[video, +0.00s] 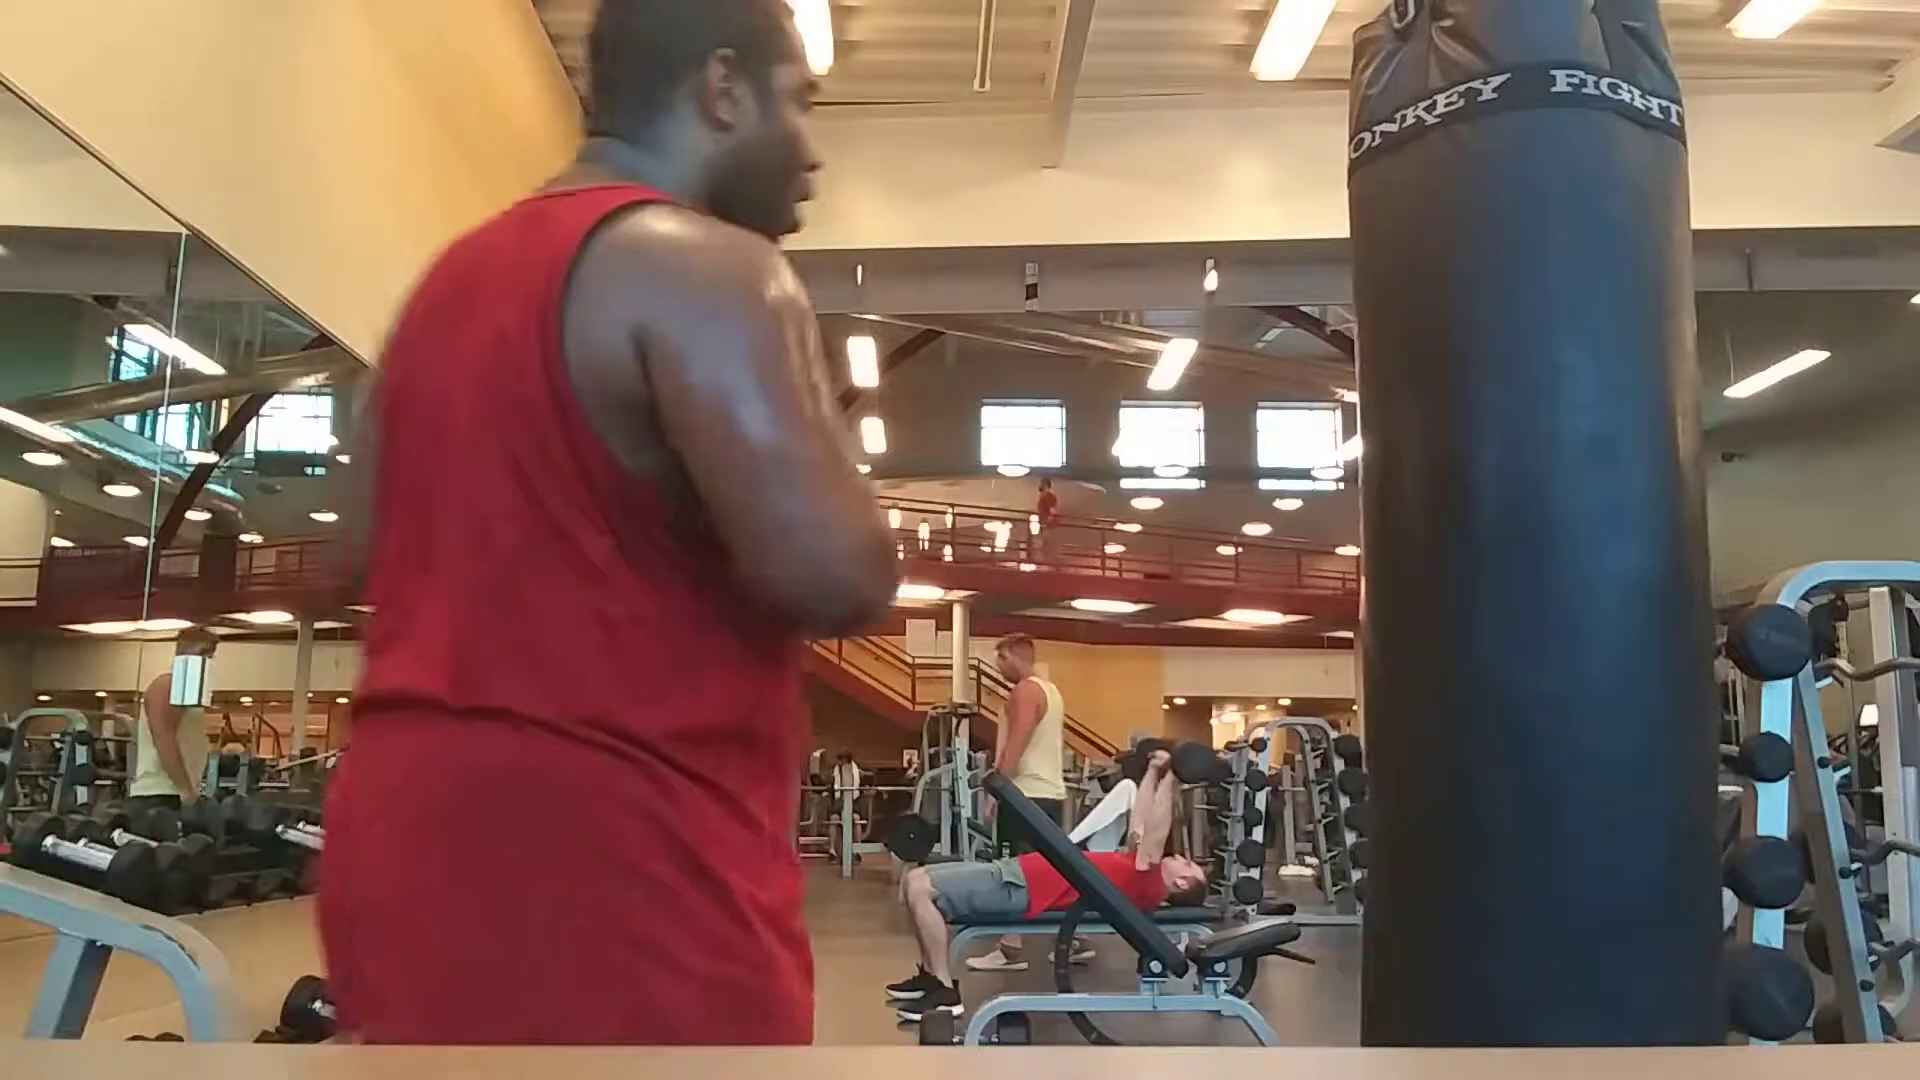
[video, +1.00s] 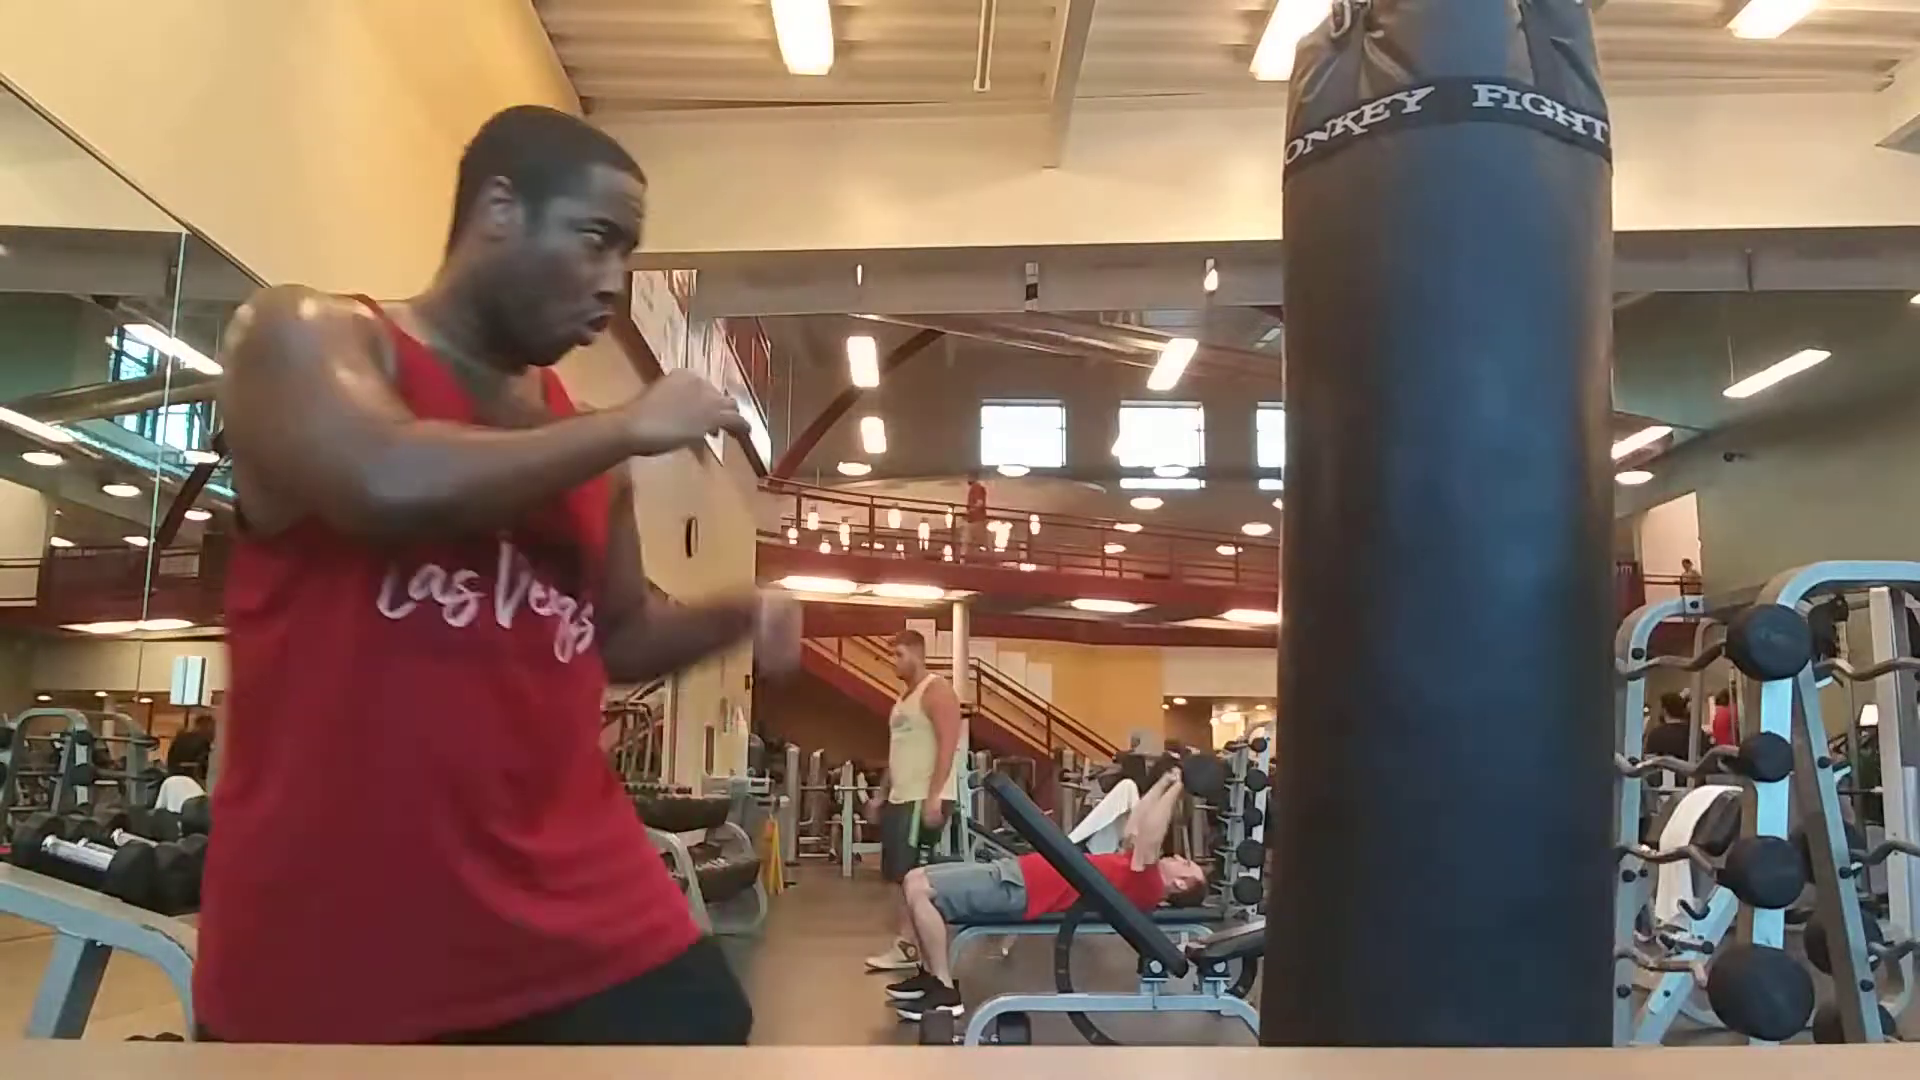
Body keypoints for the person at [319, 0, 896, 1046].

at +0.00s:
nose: (813, 152)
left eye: (810, 107)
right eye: (798, 103)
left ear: (612, 98)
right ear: (721, 89)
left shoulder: (454, 274)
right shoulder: (706, 268)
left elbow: (363, 553)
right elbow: (835, 577)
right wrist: (818, 409)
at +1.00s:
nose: (619, 285)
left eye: (629, 255)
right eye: (598, 239)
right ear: (496, 212)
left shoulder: (580, 437)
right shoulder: (301, 330)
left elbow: (622, 637)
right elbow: (382, 483)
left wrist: (739, 614)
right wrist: (622, 428)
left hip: (584, 942)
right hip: (336, 970)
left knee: (707, 1042)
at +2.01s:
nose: (917, 334)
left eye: (920, 305)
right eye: (897, 294)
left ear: (812, 283)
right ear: (807, 277)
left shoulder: (834, 472)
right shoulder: (644, 383)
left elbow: (932, 661)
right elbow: (780, 530)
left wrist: (1047, 588)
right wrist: (974, 456)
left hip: (892, 929)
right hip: (691, 966)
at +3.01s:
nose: (1074, 307)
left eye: (1074, 280)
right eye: (1054, 269)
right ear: (955, 256)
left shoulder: (1017, 447)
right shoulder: (833, 437)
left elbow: (1096, 613)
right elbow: (1027, 564)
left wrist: (1266, 581)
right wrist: (1148, 416)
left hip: (1182, 790)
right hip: (1061, 937)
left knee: (1415, 905)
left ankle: (1417, 1058)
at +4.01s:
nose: (957, 341)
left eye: (961, 314)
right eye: (943, 306)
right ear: (855, 282)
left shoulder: (814, 442)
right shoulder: (777, 390)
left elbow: (926, 608)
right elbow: (1060, 467)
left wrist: (1013, 493)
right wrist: (1294, 467)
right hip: (703, 956)